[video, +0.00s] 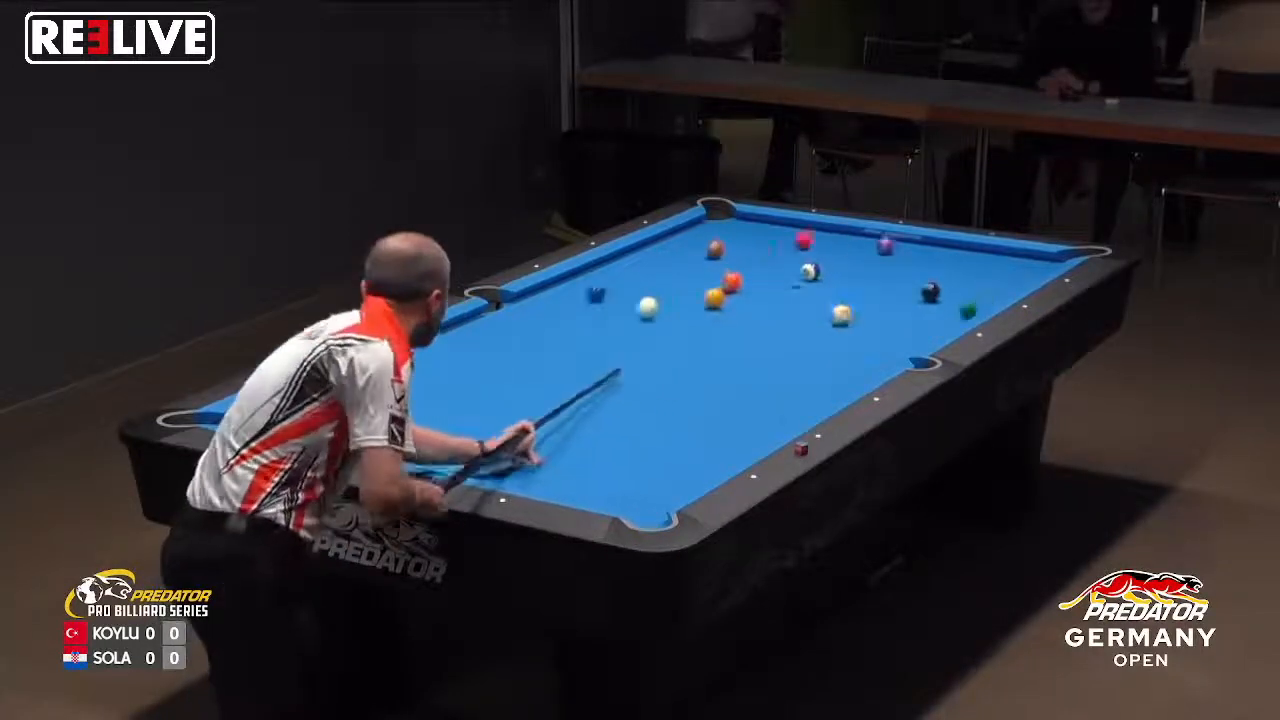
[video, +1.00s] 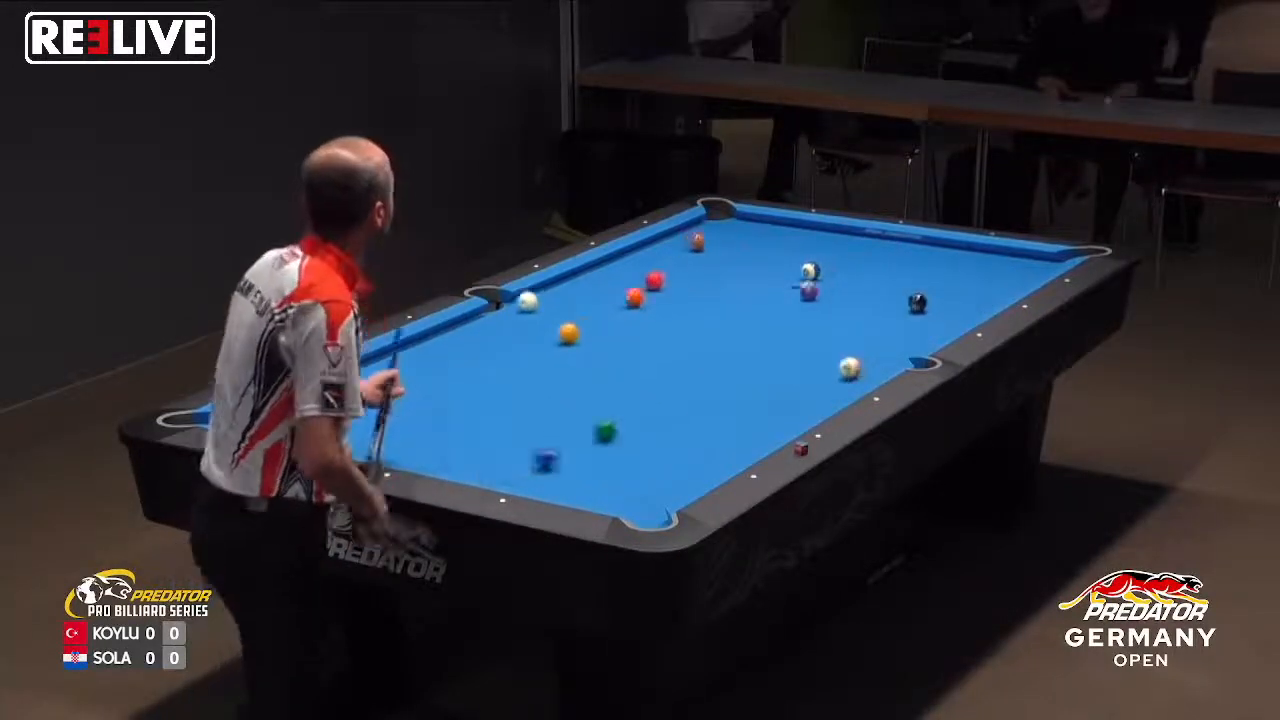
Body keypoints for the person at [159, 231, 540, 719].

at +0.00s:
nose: (447, 306)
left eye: (444, 294)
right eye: (447, 296)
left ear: (370, 285)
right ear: (435, 300)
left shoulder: (341, 331)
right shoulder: (377, 354)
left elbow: (389, 431)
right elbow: (381, 494)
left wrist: (481, 450)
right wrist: (419, 494)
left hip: (200, 538)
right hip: (246, 550)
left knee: (248, 698)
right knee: (279, 699)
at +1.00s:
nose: (393, 205)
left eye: (392, 192)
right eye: (392, 195)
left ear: (312, 199)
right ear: (378, 212)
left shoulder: (270, 266)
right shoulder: (327, 303)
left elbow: (272, 383)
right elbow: (320, 455)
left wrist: (355, 391)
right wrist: (371, 506)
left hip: (224, 504)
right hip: (270, 523)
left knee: (273, 669)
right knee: (292, 677)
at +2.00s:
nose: (335, 165)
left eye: (331, 153)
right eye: (333, 154)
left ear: (251, 163)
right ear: (321, 167)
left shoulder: (208, 255)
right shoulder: (313, 282)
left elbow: (196, 378)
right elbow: (357, 440)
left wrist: (241, 441)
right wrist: (407, 496)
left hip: (247, 497)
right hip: (319, 503)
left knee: (281, 664)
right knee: (348, 662)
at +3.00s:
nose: (334, 228)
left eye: (332, 213)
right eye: (334, 216)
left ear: (242, 218)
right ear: (320, 233)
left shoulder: (180, 320)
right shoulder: (324, 359)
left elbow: (172, 458)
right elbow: (368, 520)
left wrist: (190, 540)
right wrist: (412, 620)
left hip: (229, 577)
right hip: (314, 587)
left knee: (256, 705)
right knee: (338, 706)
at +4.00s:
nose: (315, 219)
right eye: (314, 208)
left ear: (222, 214)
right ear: (305, 220)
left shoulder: (165, 310)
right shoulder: (312, 344)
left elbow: (148, 459)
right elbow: (353, 508)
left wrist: (167, 539)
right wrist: (394, 604)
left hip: (203, 563)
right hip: (292, 573)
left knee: (221, 704)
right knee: (305, 703)